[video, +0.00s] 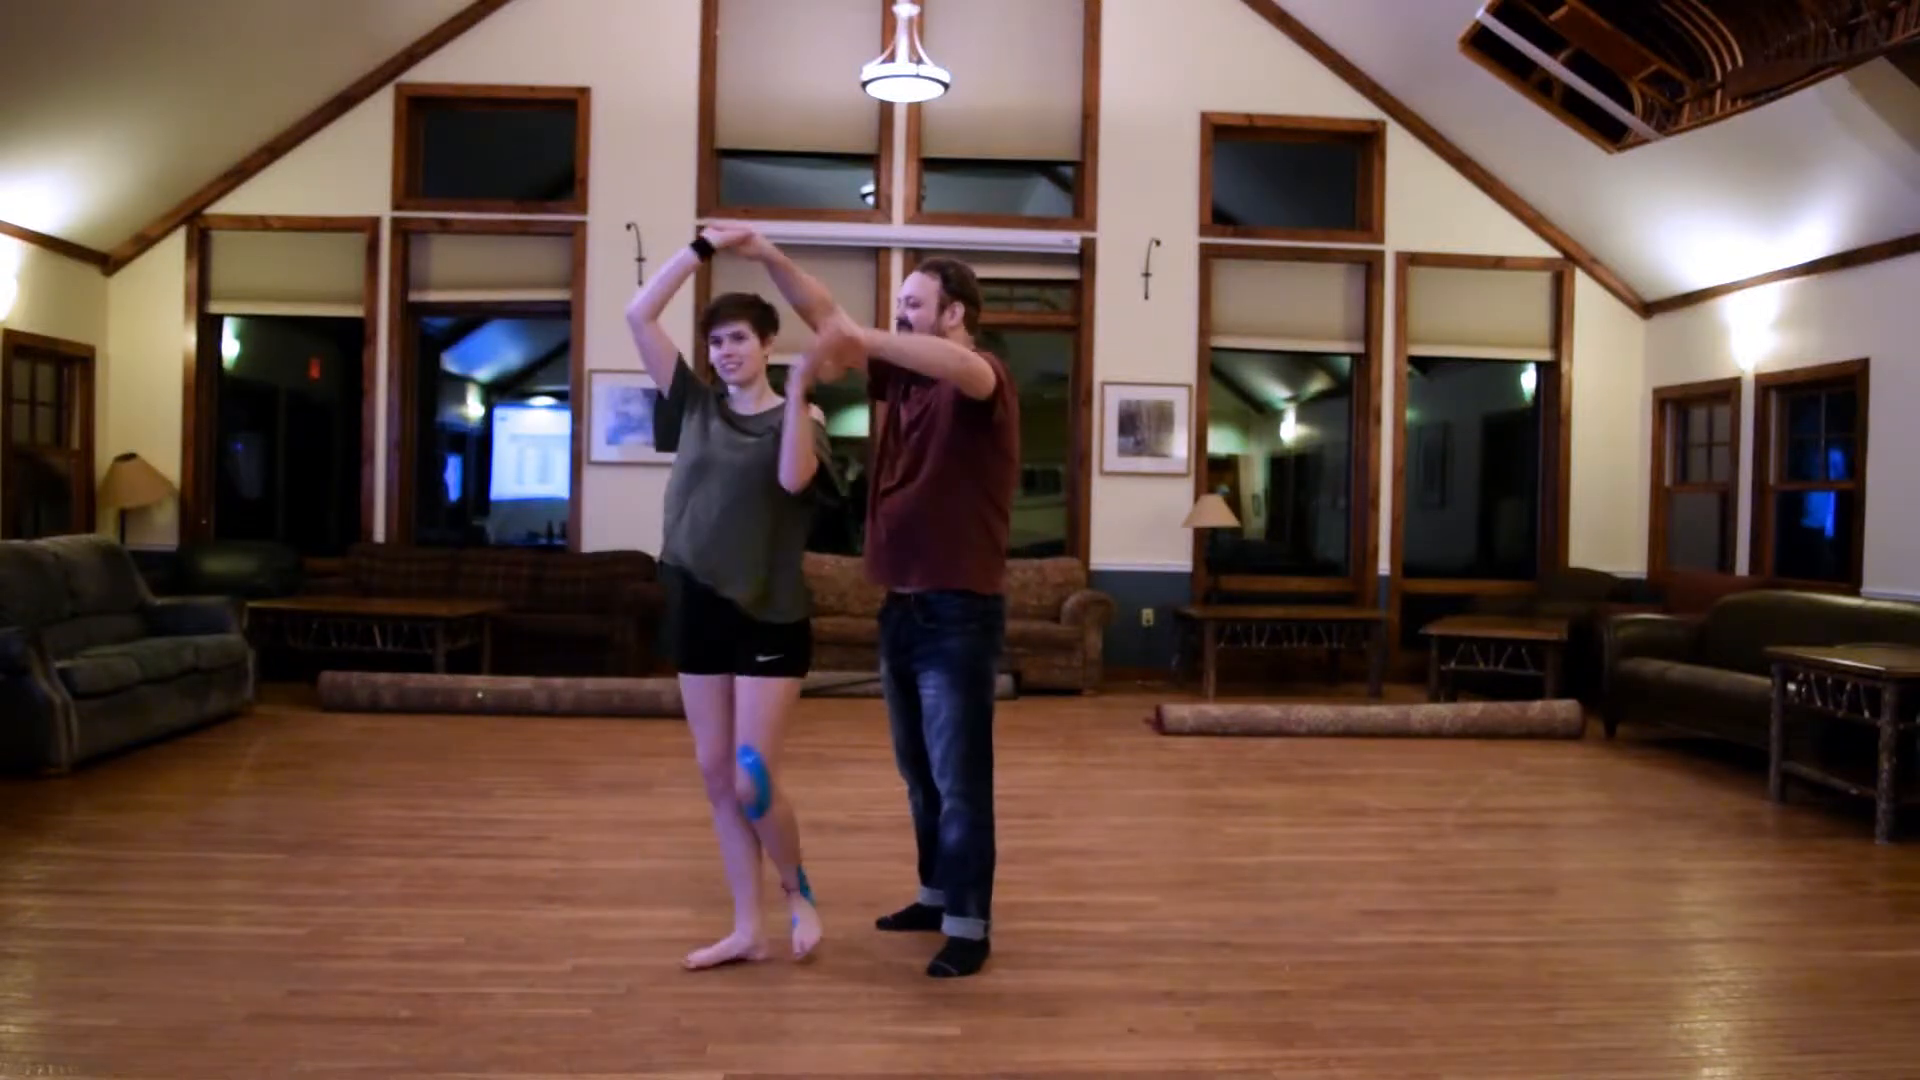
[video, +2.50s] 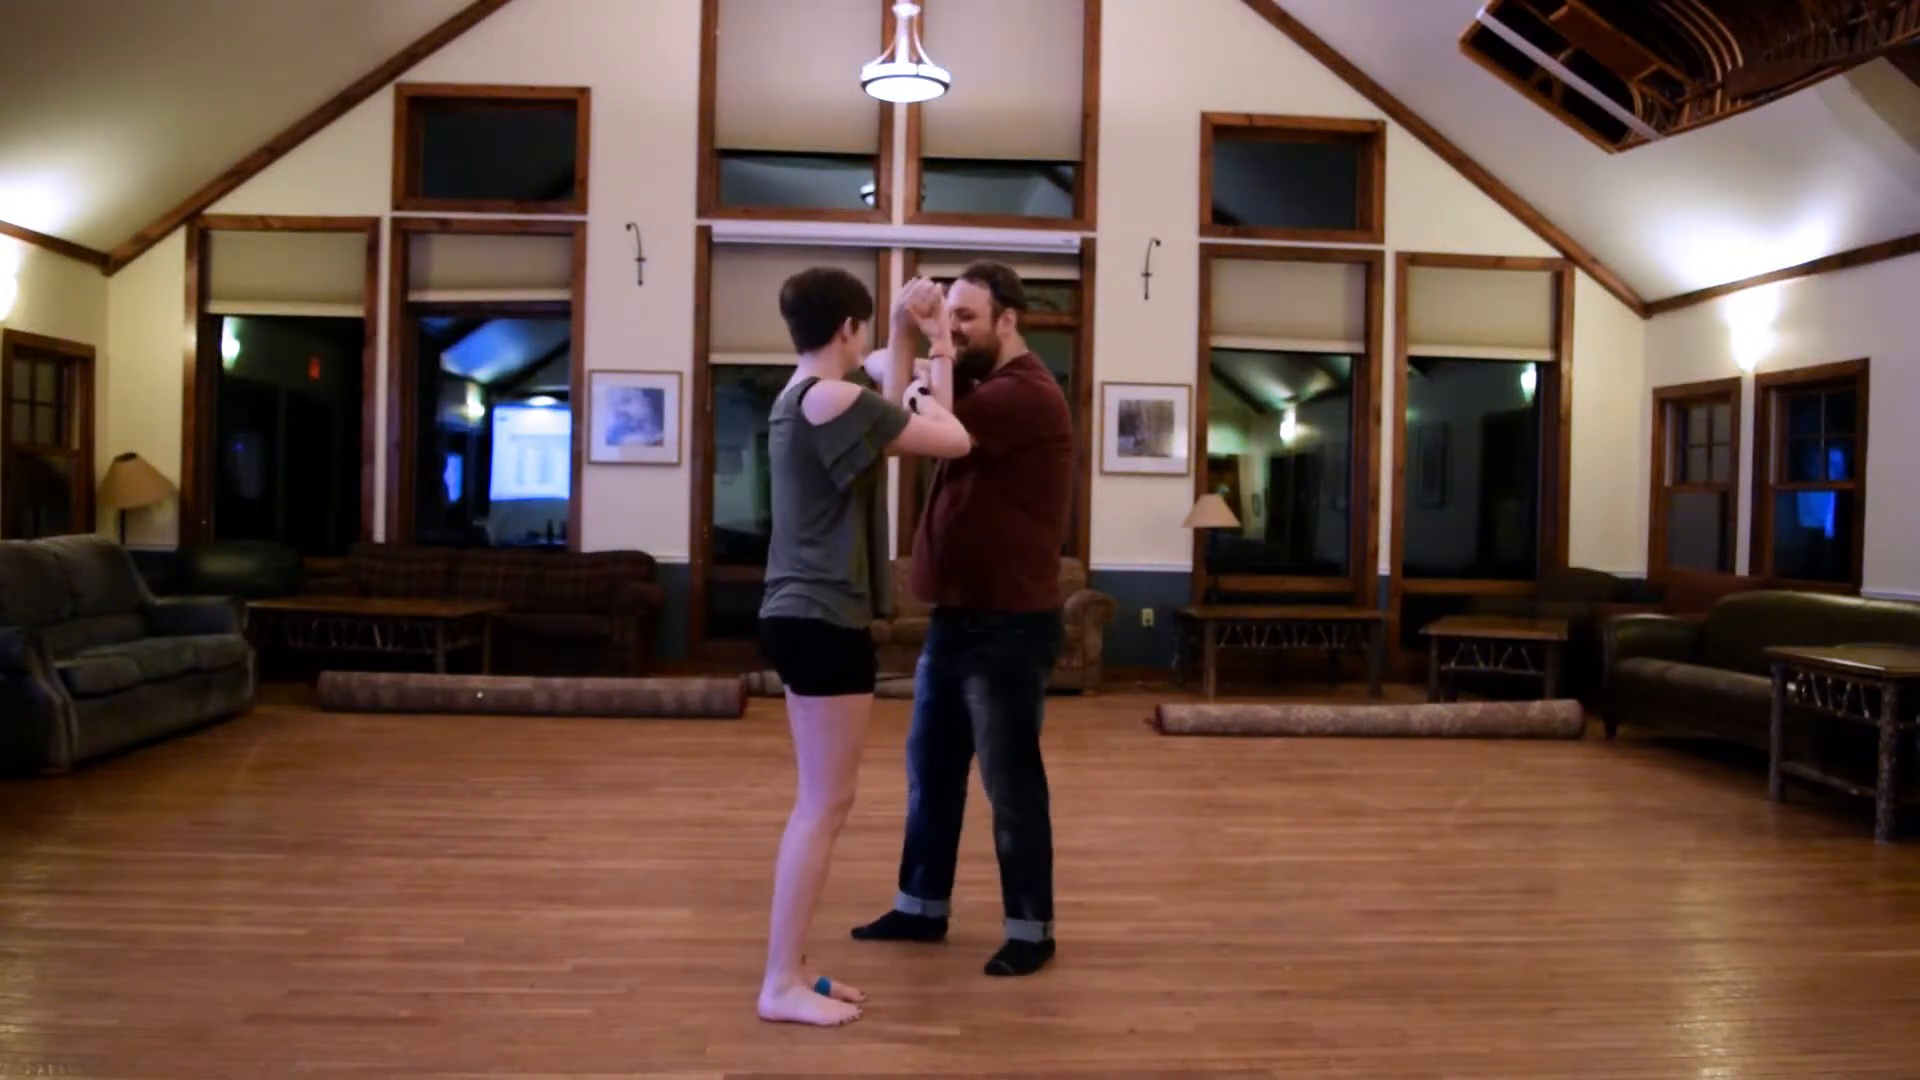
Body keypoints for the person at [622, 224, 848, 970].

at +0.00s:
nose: (726, 350)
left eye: (738, 339)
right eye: (717, 341)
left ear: (767, 345)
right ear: (708, 351)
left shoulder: (795, 417)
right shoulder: (698, 404)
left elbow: (795, 477)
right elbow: (639, 317)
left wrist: (796, 388)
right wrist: (696, 250)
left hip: (772, 611)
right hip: (699, 603)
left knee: (751, 782)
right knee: (717, 777)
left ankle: (796, 897)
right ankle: (748, 929)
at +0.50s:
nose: (817, 363)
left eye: (814, 352)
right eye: (813, 352)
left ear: (752, 355)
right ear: (792, 355)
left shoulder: (726, 421)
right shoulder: (798, 424)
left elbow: (709, 513)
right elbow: (855, 519)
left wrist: (784, 526)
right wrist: (848, 536)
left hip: (744, 623)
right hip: (791, 629)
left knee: (782, 776)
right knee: (830, 776)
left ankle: (740, 921)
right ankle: (805, 943)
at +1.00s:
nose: (800, 317)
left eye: (811, 305)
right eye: (804, 306)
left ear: (837, 317)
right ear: (844, 324)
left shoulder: (833, 383)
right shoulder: (803, 392)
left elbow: (792, 261)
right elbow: (730, 334)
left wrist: (800, 242)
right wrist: (781, 267)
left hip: (817, 595)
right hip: (809, 593)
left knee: (784, 783)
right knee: (810, 777)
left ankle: (852, 945)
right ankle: (827, 937)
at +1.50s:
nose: (853, 335)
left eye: (853, 326)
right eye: (850, 324)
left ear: (786, 332)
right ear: (834, 326)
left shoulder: (810, 394)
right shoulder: (804, 396)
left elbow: (881, 388)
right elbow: (926, 394)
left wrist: (876, 304)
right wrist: (904, 317)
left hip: (845, 609)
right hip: (805, 613)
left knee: (852, 790)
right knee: (809, 797)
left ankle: (796, 954)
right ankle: (774, 986)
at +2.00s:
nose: (862, 336)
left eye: (862, 323)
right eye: (858, 326)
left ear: (789, 334)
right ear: (841, 333)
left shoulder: (777, 404)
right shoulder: (832, 405)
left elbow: (859, 429)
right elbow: (938, 448)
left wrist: (879, 351)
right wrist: (903, 367)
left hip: (795, 612)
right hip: (828, 619)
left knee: (817, 803)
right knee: (823, 806)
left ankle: (787, 975)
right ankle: (782, 985)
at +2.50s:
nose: (867, 337)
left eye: (867, 325)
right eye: (865, 327)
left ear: (804, 333)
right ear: (851, 331)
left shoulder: (799, 396)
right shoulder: (839, 400)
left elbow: (890, 408)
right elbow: (951, 436)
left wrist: (904, 335)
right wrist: (941, 354)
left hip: (800, 614)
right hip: (825, 621)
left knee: (819, 804)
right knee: (823, 808)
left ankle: (788, 973)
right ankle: (782, 985)